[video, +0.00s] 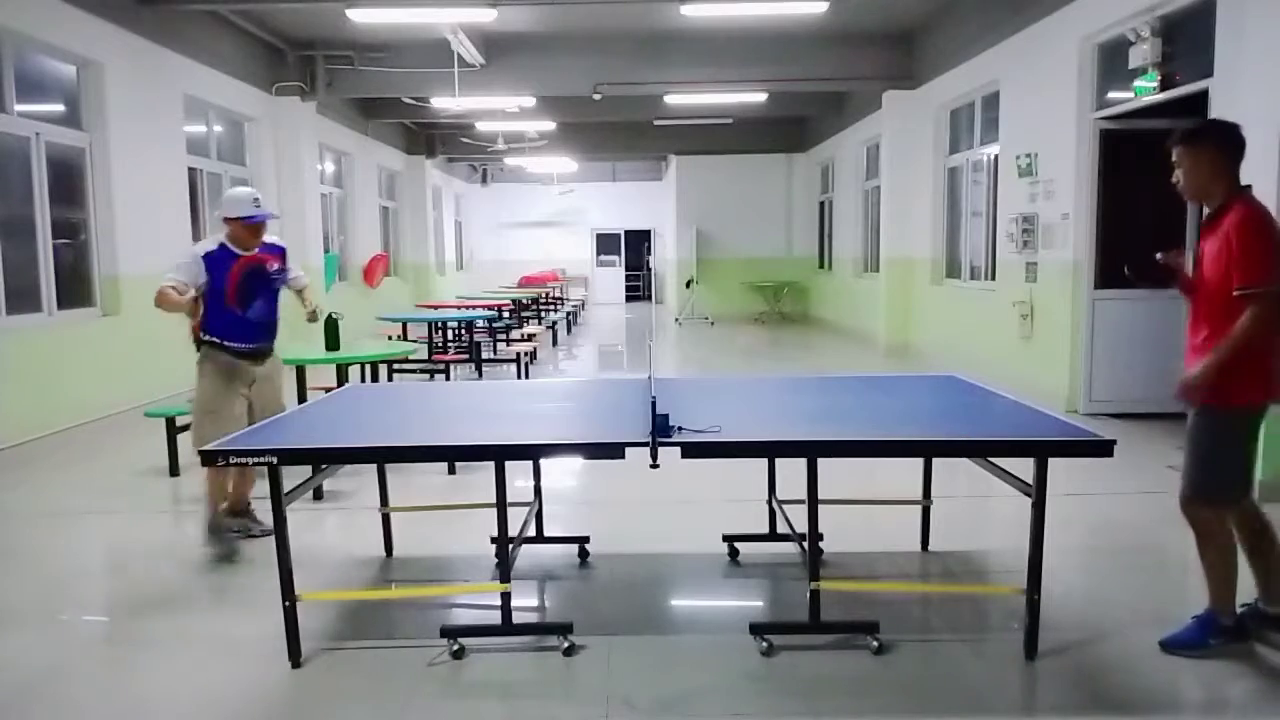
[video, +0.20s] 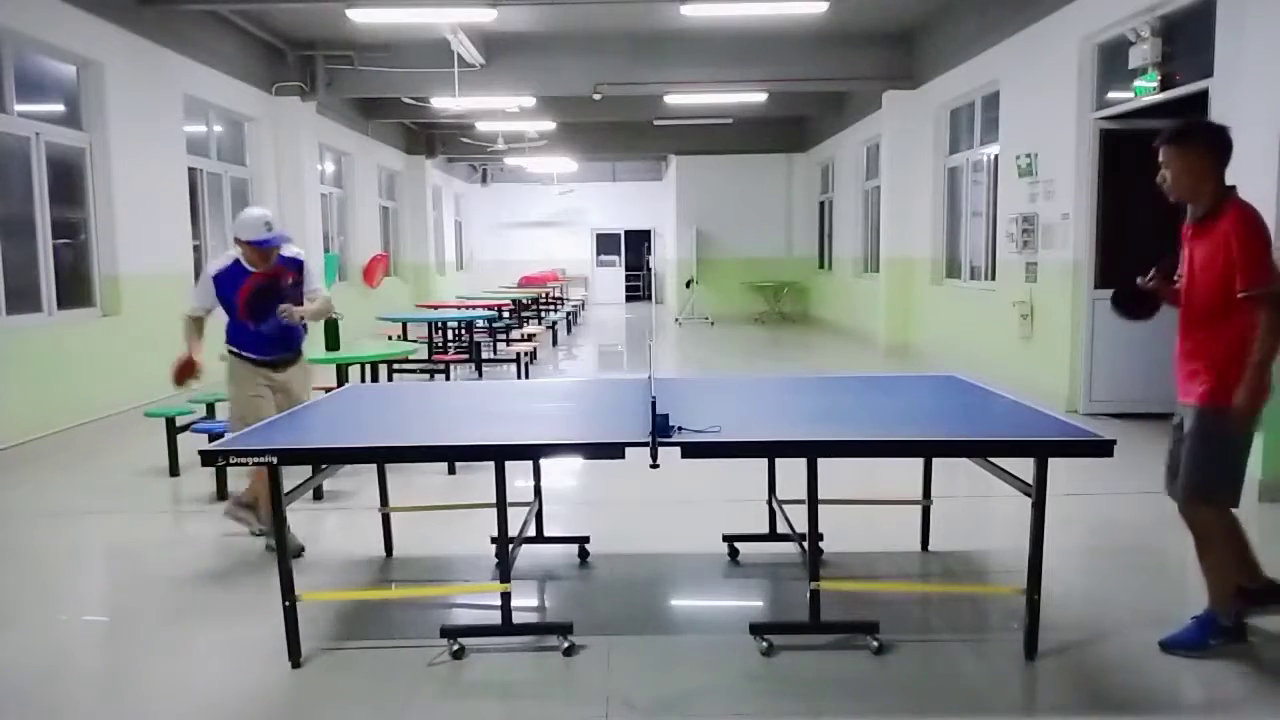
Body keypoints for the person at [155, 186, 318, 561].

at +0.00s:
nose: (260, 232)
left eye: (262, 225)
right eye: (252, 225)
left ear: (264, 223)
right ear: (230, 224)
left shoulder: (275, 252)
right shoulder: (205, 256)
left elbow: (298, 283)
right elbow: (162, 295)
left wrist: (309, 303)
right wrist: (185, 303)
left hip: (264, 362)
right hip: (222, 364)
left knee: (259, 439)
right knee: (220, 445)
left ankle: (239, 508)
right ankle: (216, 521)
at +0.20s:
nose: (270, 253)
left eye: (273, 245)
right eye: (261, 247)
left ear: (278, 240)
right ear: (241, 245)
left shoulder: (295, 262)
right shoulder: (219, 275)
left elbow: (324, 304)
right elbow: (195, 316)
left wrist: (302, 312)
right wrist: (193, 352)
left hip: (293, 368)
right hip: (248, 371)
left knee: (291, 440)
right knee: (266, 446)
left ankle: (246, 500)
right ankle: (276, 528)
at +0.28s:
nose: (277, 266)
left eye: (280, 258)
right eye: (268, 260)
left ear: (286, 251)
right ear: (249, 257)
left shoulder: (306, 271)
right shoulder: (229, 284)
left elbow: (334, 311)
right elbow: (215, 329)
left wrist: (307, 323)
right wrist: (220, 372)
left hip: (309, 373)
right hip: (262, 378)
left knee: (313, 453)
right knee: (271, 454)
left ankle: (275, 513)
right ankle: (279, 527)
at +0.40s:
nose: (291, 269)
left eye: (294, 260)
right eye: (282, 263)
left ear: (300, 251)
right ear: (263, 259)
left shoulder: (322, 267)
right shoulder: (244, 284)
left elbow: (353, 302)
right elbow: (238, 330)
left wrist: (337, 323)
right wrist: (259, 355)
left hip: (328, 374)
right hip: (278, 380)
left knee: (357, 432)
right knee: (275, 454)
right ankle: (278, 529)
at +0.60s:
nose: (328, 255)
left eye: (333, 247)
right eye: (321, 247)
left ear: (339, 245)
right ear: (304, 247)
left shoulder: (347, 266)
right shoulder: (293, 285)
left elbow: (374, 301)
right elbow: (316, 337)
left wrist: (370, 291)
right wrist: (353, 341)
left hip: (356, 366)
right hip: (313, 373)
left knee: (374, 436)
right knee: (307, 452)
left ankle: (358, 506)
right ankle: (280, 524)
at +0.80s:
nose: (389, 244)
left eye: (392, 236)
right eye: (383, 235)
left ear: (388, 237)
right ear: (361, 232)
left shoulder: (377, 262)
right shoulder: (344, 266)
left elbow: (387, 283)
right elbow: (364, 313)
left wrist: (411, 293)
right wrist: (400, 331)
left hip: (370, 359)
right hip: (331, 361)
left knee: (399, 425)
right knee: (316, 445)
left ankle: (399, 502)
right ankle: (285, 518)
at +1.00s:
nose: (427, 268)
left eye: (431, 261)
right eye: (423, 259)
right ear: (399, 254)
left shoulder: (402, 280)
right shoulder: (370, 281)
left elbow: (401, 309)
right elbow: (367, 331)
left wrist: (418, 330)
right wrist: (405, 348)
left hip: (375, 368)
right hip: (337, 367)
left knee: (406, 428)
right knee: (324, 447)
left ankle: (397, 505)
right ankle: (282, 521)